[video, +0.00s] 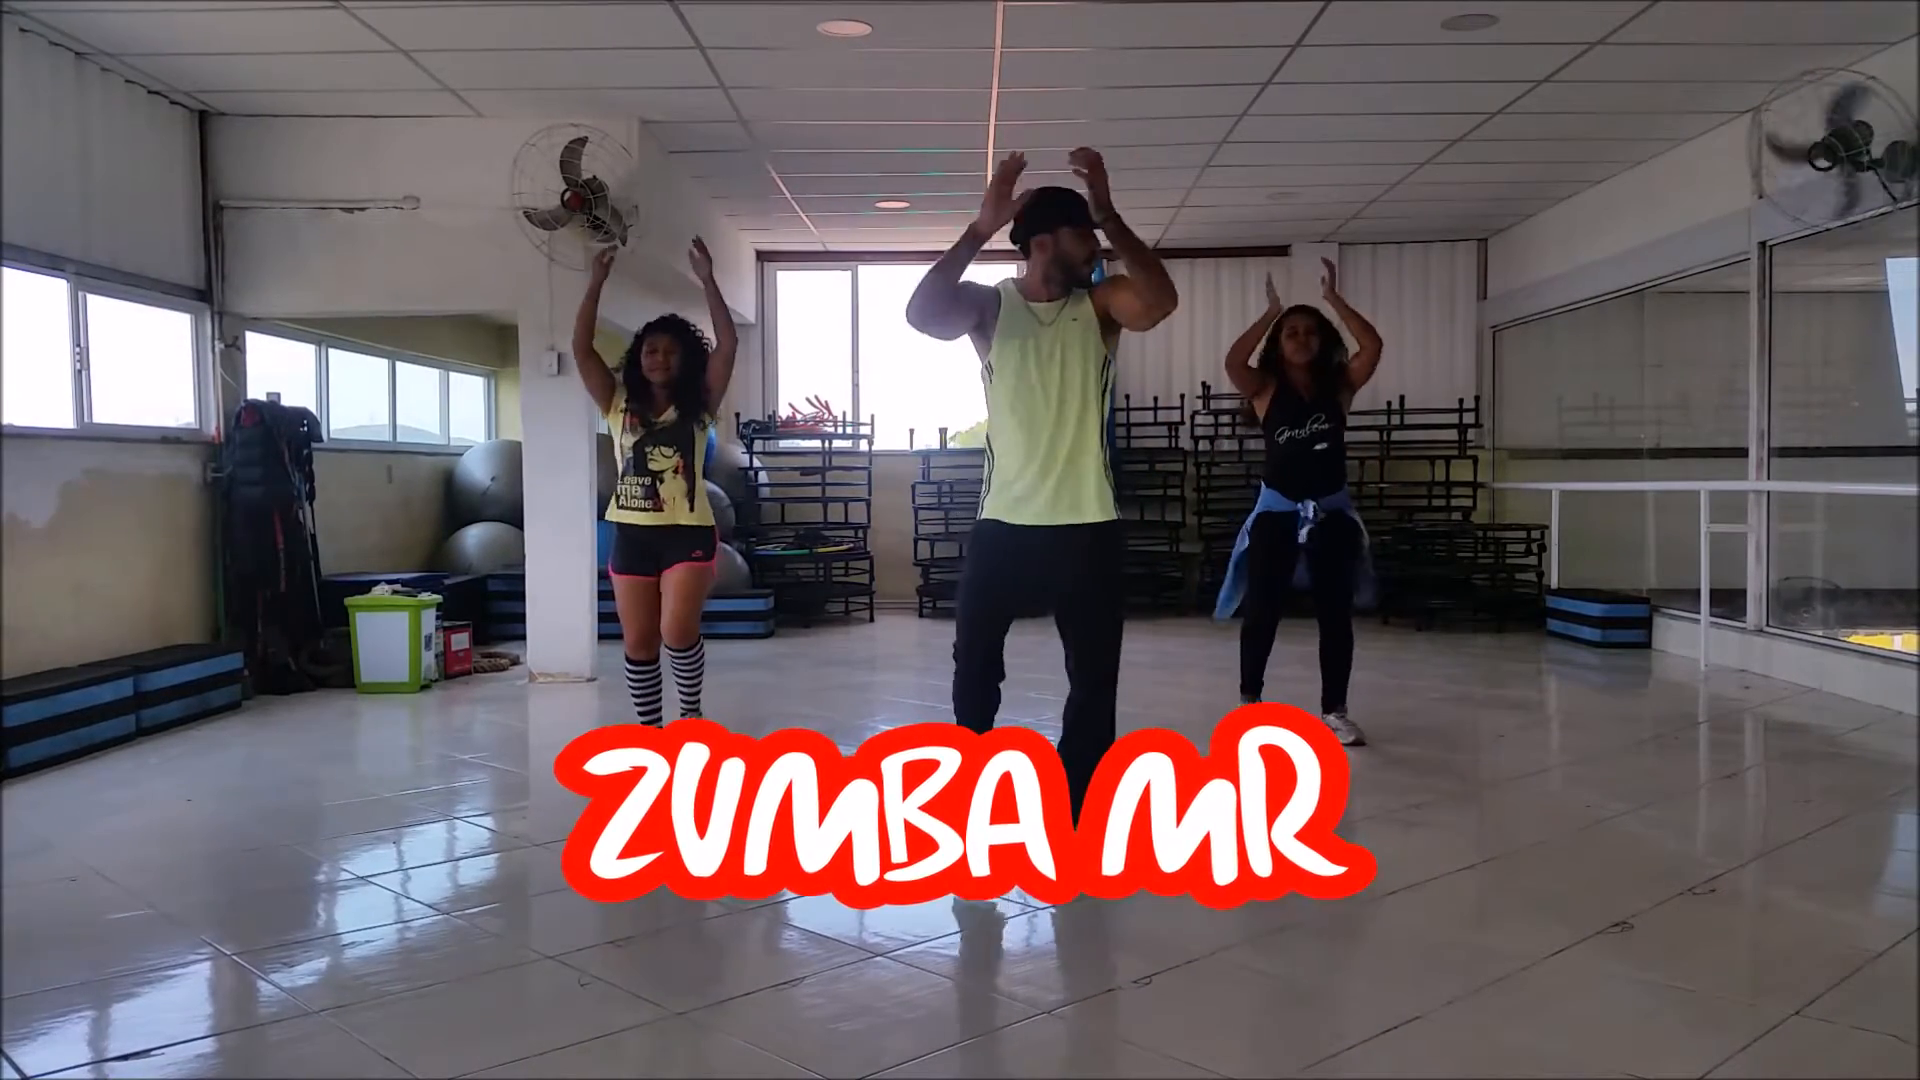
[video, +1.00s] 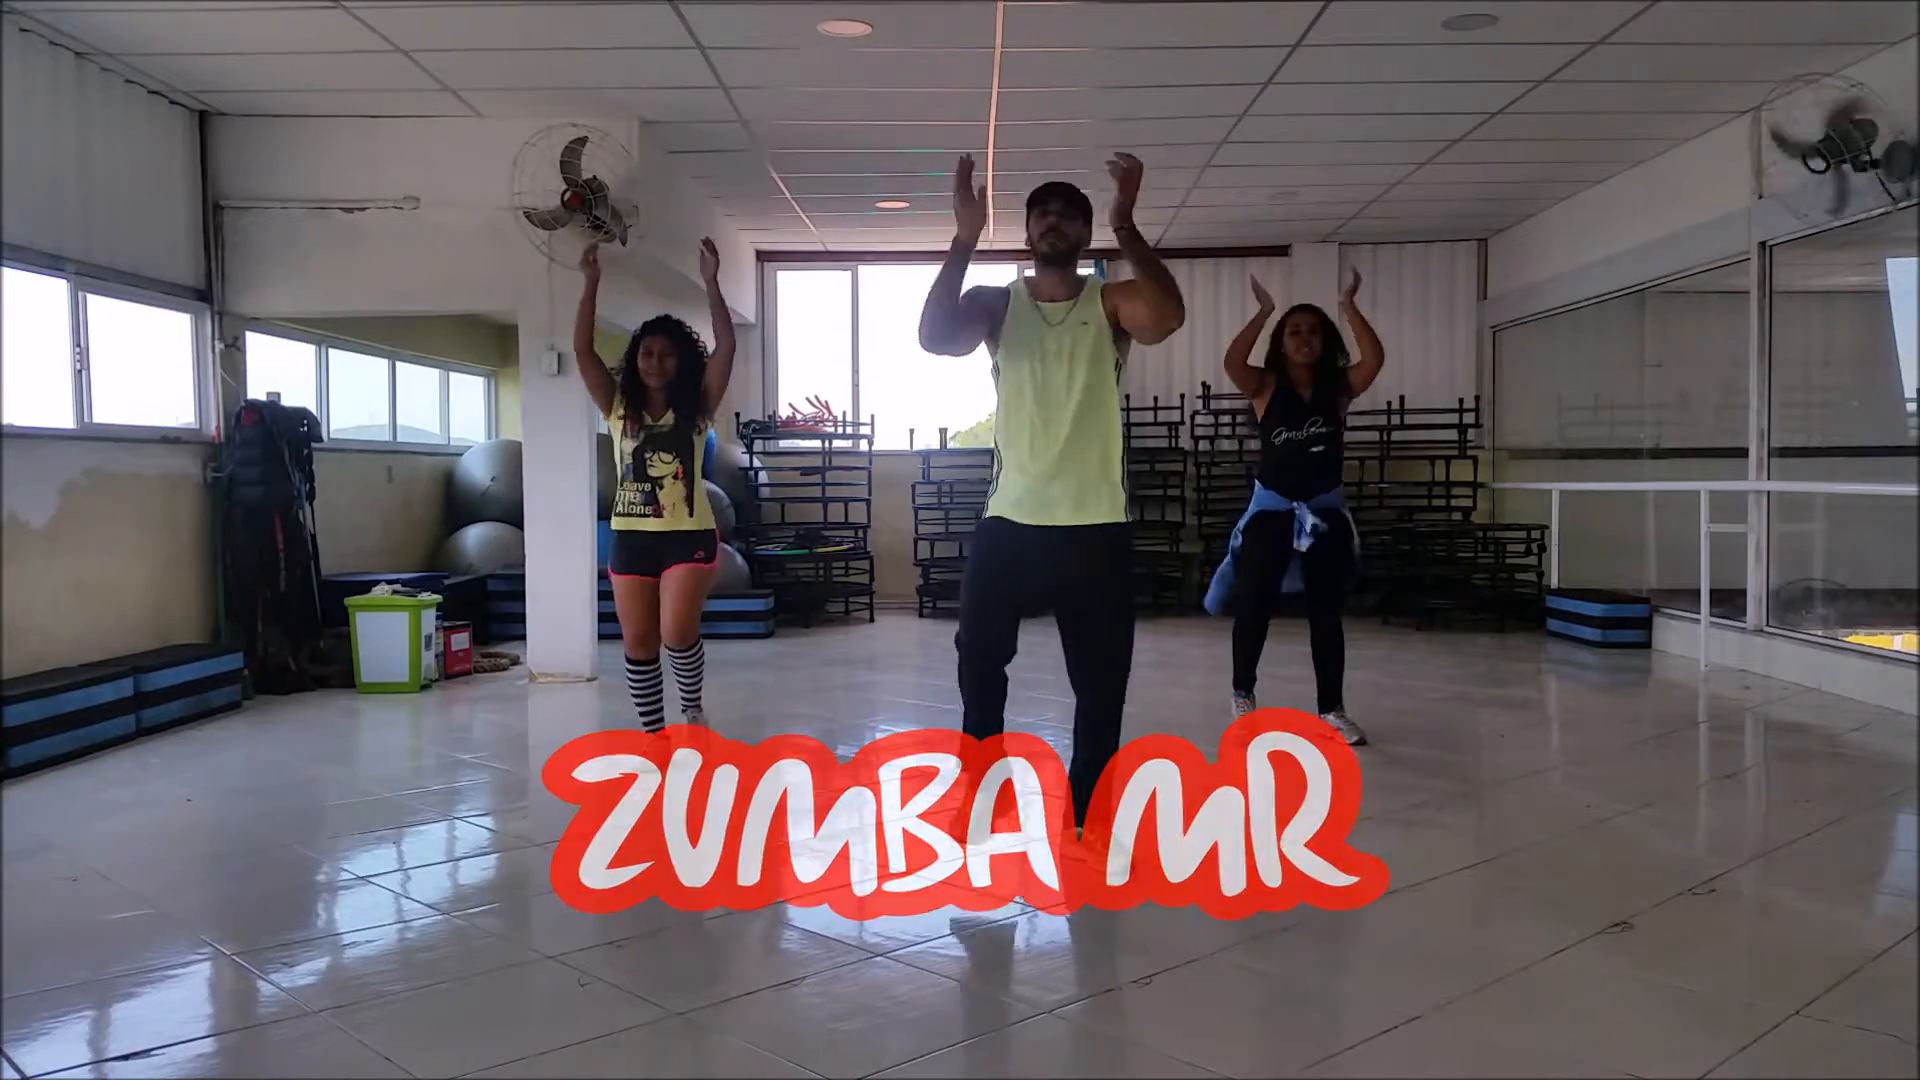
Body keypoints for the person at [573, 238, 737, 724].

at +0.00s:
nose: (659, 359)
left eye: (670, 351)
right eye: (651, 351)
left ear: (686, 360)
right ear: (638, 358)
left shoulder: (700, 405)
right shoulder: (617, 404)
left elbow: (726, 343)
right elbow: (582, 347)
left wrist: (708, 280)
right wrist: (595, 282)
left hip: (688, 538)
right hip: (631, 539)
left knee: (678, 633)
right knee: (638, 645)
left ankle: (691, 722)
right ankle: (650, 736)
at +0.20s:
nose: (663, 363)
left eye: (672, 355)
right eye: (654, 355)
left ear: (686, 362)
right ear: (640, 359)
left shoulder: (698, 404)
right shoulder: (622, 403)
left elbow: (711, 339)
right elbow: (596, 346)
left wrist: (684, 283)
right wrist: (623, 287)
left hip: (687, 536)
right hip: (632, 536)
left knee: (683, 643)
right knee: (641, 645)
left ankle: (691, 732)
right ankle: (651, 738)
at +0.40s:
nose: (667, 364)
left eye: (677, 355)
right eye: (658, 355)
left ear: (692, 360)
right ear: (644, 360)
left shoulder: (708, 406)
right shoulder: (629, 405)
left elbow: (727, 340)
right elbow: (592, 345)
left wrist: (695, 279)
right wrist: (617, 290)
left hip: (695, 540)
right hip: (637, 539)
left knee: (692, 647)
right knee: (628, 646)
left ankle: (692, 735)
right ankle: (650, 733)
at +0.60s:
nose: (666, 367)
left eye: (676, 358)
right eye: (658, 358)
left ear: (693, 365)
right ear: (646, 362)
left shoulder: (708, 409)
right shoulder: (632, 407)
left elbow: (721, 343)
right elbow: (600, 356)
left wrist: (706, 281)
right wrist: (603, 286)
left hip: (697, 542)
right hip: (638, 540)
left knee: (691, 645)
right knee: (629, 635)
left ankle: (691, 730)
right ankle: (650, 717)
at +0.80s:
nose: (662, 366)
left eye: (671, 358)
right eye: (653, 358)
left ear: (687, 361)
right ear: (641, 361)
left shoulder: (703, 408)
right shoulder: (626, 406)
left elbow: (712, 341)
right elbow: (602, 350)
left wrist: (675, 286)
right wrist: (644, 293)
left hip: (693, 541)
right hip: (635, 542)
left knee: (688, 647)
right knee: (641, 649)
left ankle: (690, 738)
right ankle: (655, 741)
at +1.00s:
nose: (655, 362)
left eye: (666, 355)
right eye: (647, 353)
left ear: (682, 363)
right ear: (635, 360)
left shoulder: (697, 407)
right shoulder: (617, 406)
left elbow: (725, 345)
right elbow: (584, 349)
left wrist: (711, 284)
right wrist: (590, 283)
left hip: (688, 541)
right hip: (631, 542)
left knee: (678, 634)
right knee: (638, 644)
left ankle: (692, 720)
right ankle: (654, 739)